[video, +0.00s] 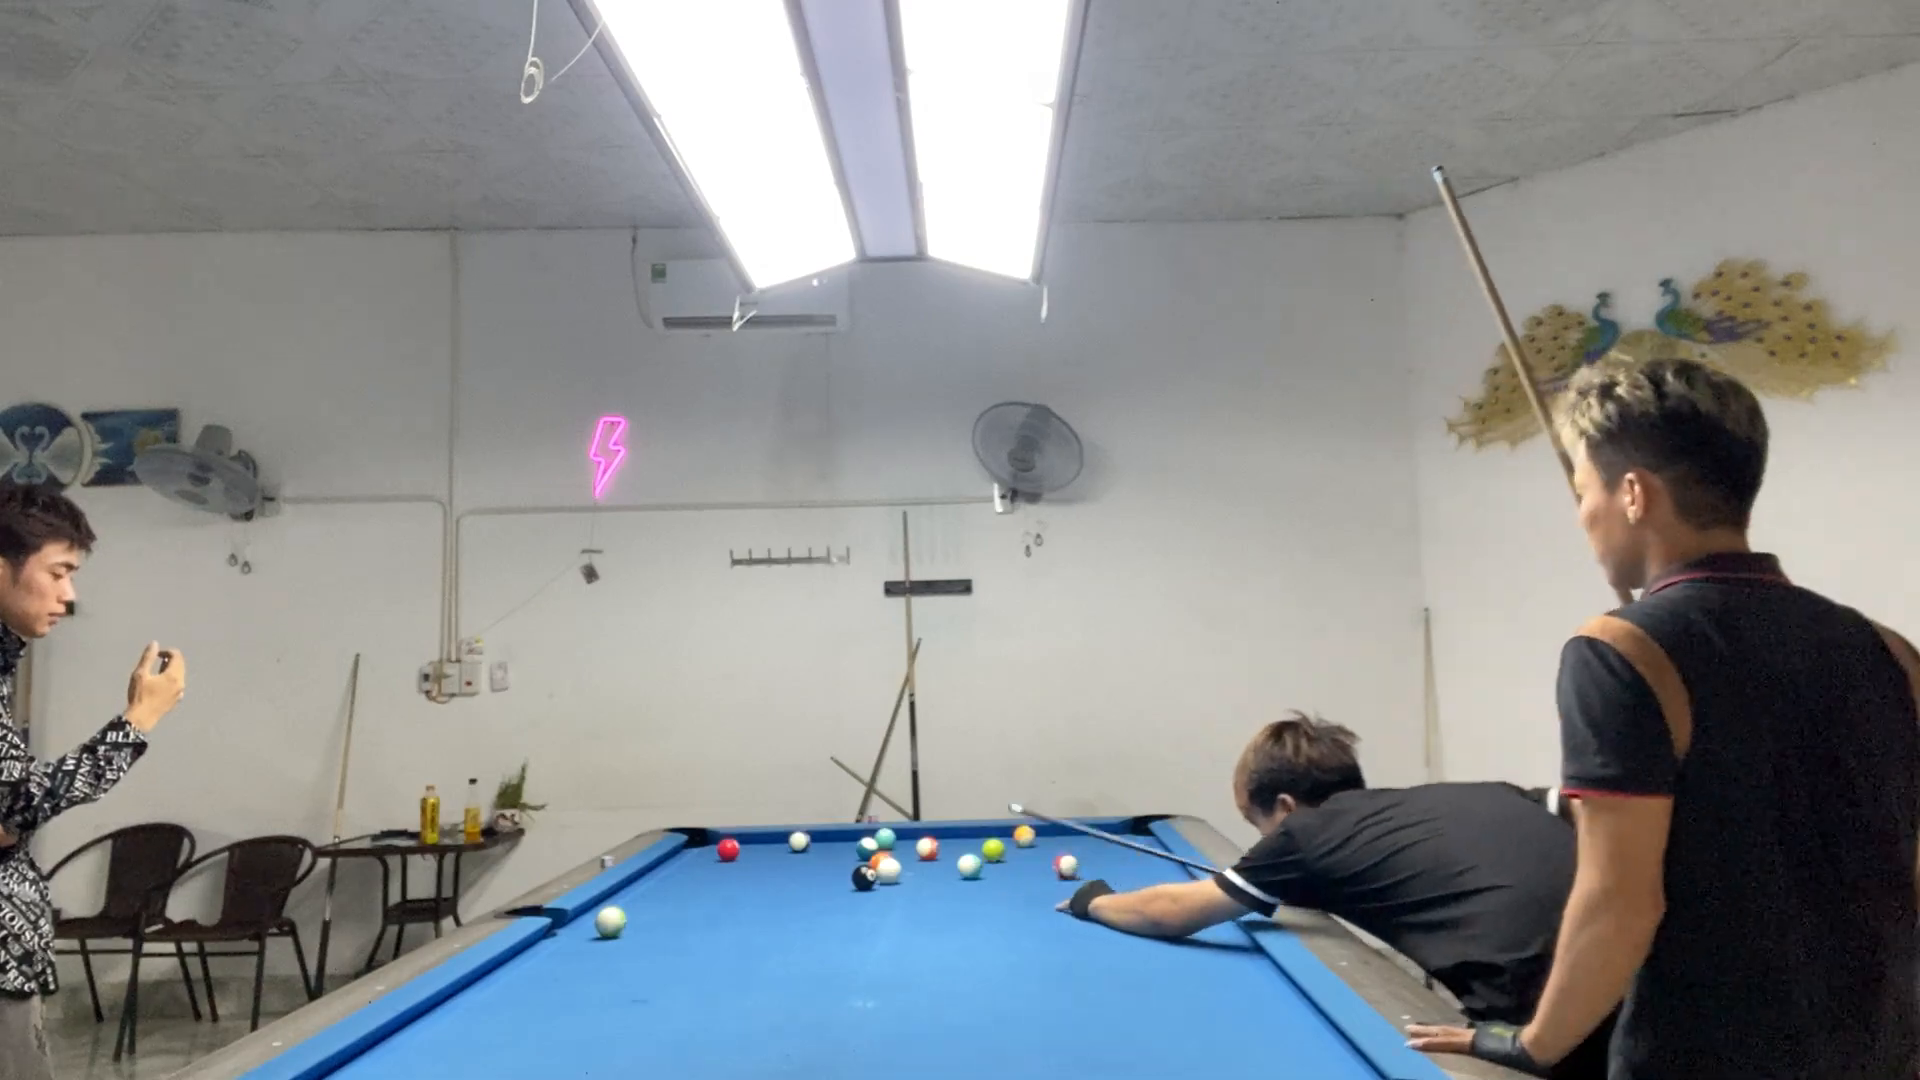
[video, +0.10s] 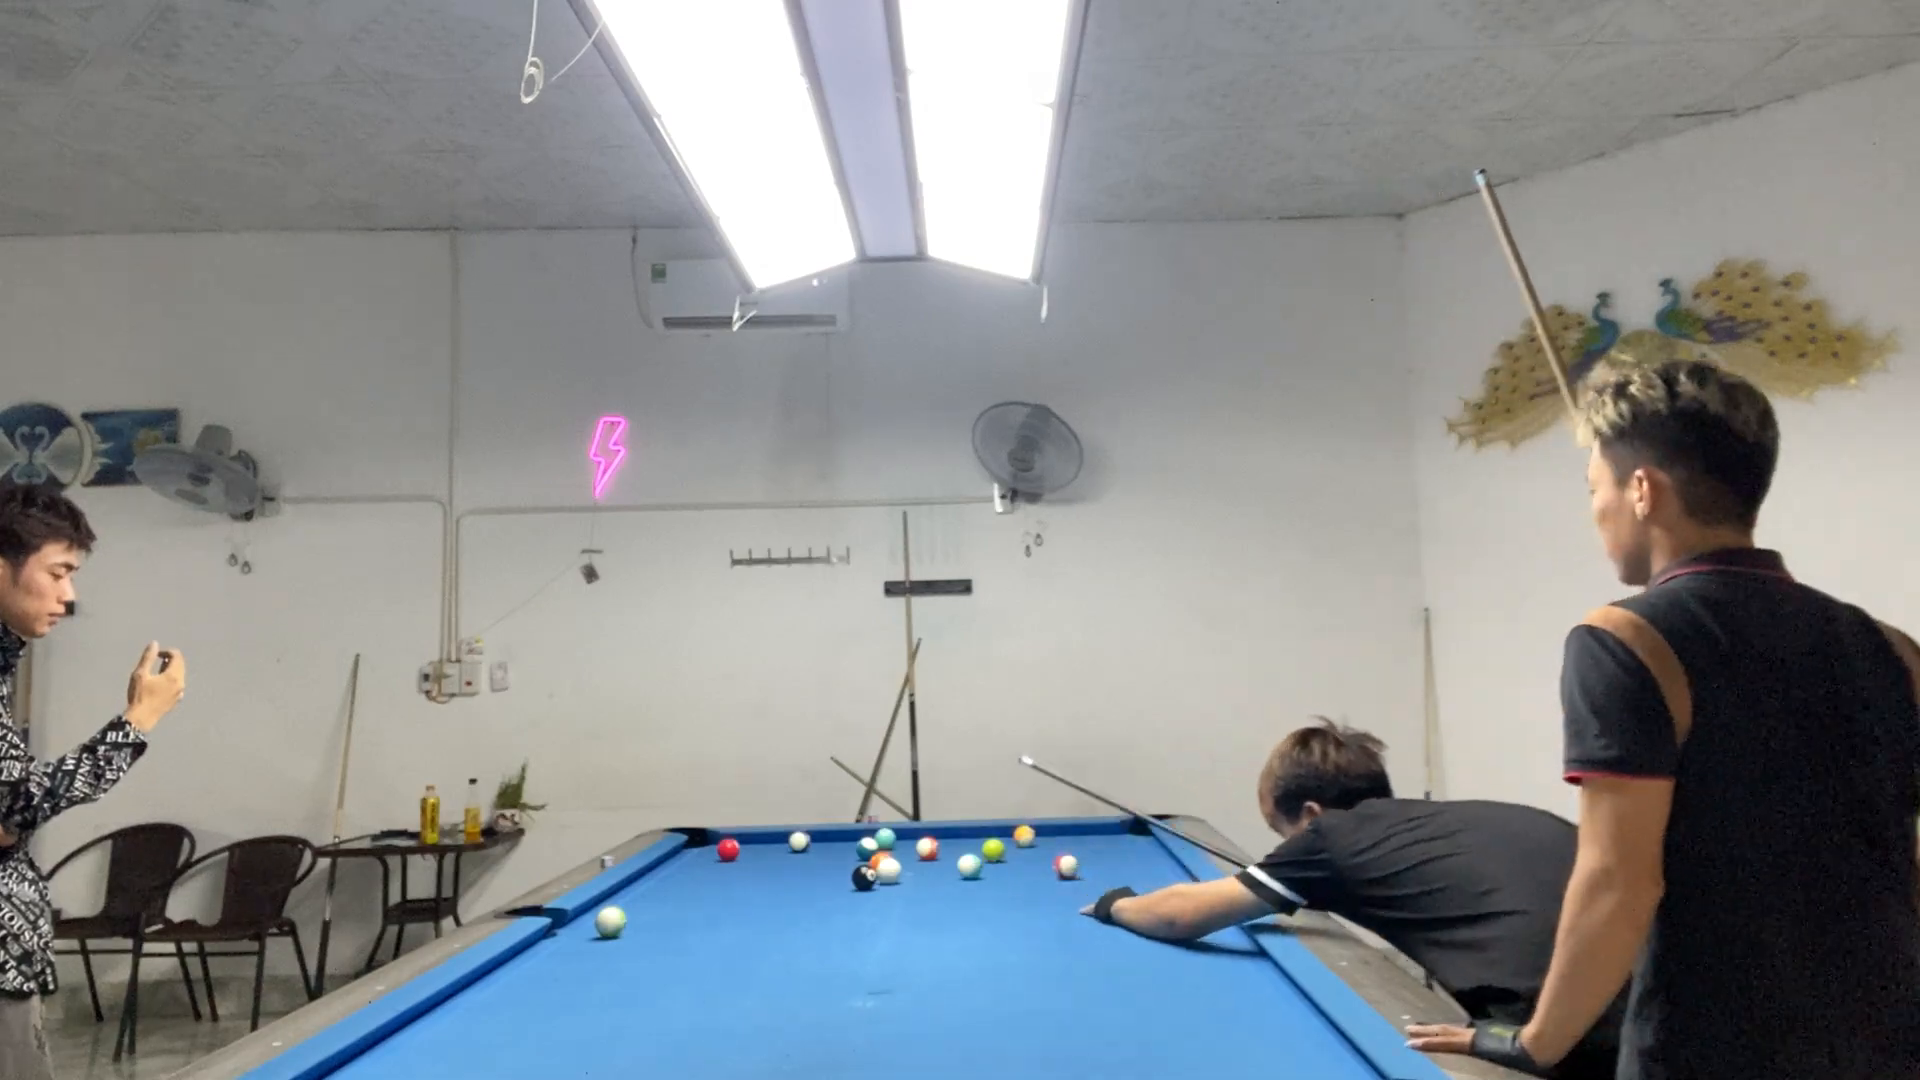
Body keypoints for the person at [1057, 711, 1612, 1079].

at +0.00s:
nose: (1261, 835)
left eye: (1259, 823)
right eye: (1254, 825)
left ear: (1286, 806)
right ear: (1354, 776)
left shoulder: (1304, 838)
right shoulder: (1462, 794)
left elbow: (1171, 913)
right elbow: (1573, 825)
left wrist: (1091, 903)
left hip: (1537, 998)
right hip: (1627, 955)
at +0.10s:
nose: (1284, 843)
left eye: (1282, 830)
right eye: (1277, 832)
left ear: (1311, 813)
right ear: (1377, 789)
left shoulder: (1331, 841)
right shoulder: (1450, 816)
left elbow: (1181, 916)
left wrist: (1114, 906)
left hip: (1577, 1024)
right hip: (1656, 983)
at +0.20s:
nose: (1305, 852)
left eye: (1305, 839)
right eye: (1299, 840)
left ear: (1337, 824)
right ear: (1406, 802)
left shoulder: (1354, 851)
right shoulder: (1485, 836)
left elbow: (1183, 912)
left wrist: (1141, 914)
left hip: (1591, 1042)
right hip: (1674, 1009)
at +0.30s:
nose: (1326, 866)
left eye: (1327, 853)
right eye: (1322, 854)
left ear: (1360, 842)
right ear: (1431, 824)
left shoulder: (1372, 866)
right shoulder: (1511, 862)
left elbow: (1201, 911)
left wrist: (1170, 923)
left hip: (1616, 1040)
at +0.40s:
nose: (1334, 874)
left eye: (1339, 861)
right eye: (1332, 861)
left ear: (1377, 859)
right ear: (1449, 843)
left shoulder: (1391, 882)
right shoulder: (1515, 878)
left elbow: (1225, 918)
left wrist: (1187, 929)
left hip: (1639, 1045)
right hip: (1702, 1013)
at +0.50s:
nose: (1349, 883)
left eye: (1351, 872)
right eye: (1347, 874)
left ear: (1375, 870)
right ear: (1464, 854)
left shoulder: (1406, 893)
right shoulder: (1533, 901)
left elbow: (1236, 928)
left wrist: (1203, 928)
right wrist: (1496, 1038)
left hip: (1598, 1055)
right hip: (1686, 1053)